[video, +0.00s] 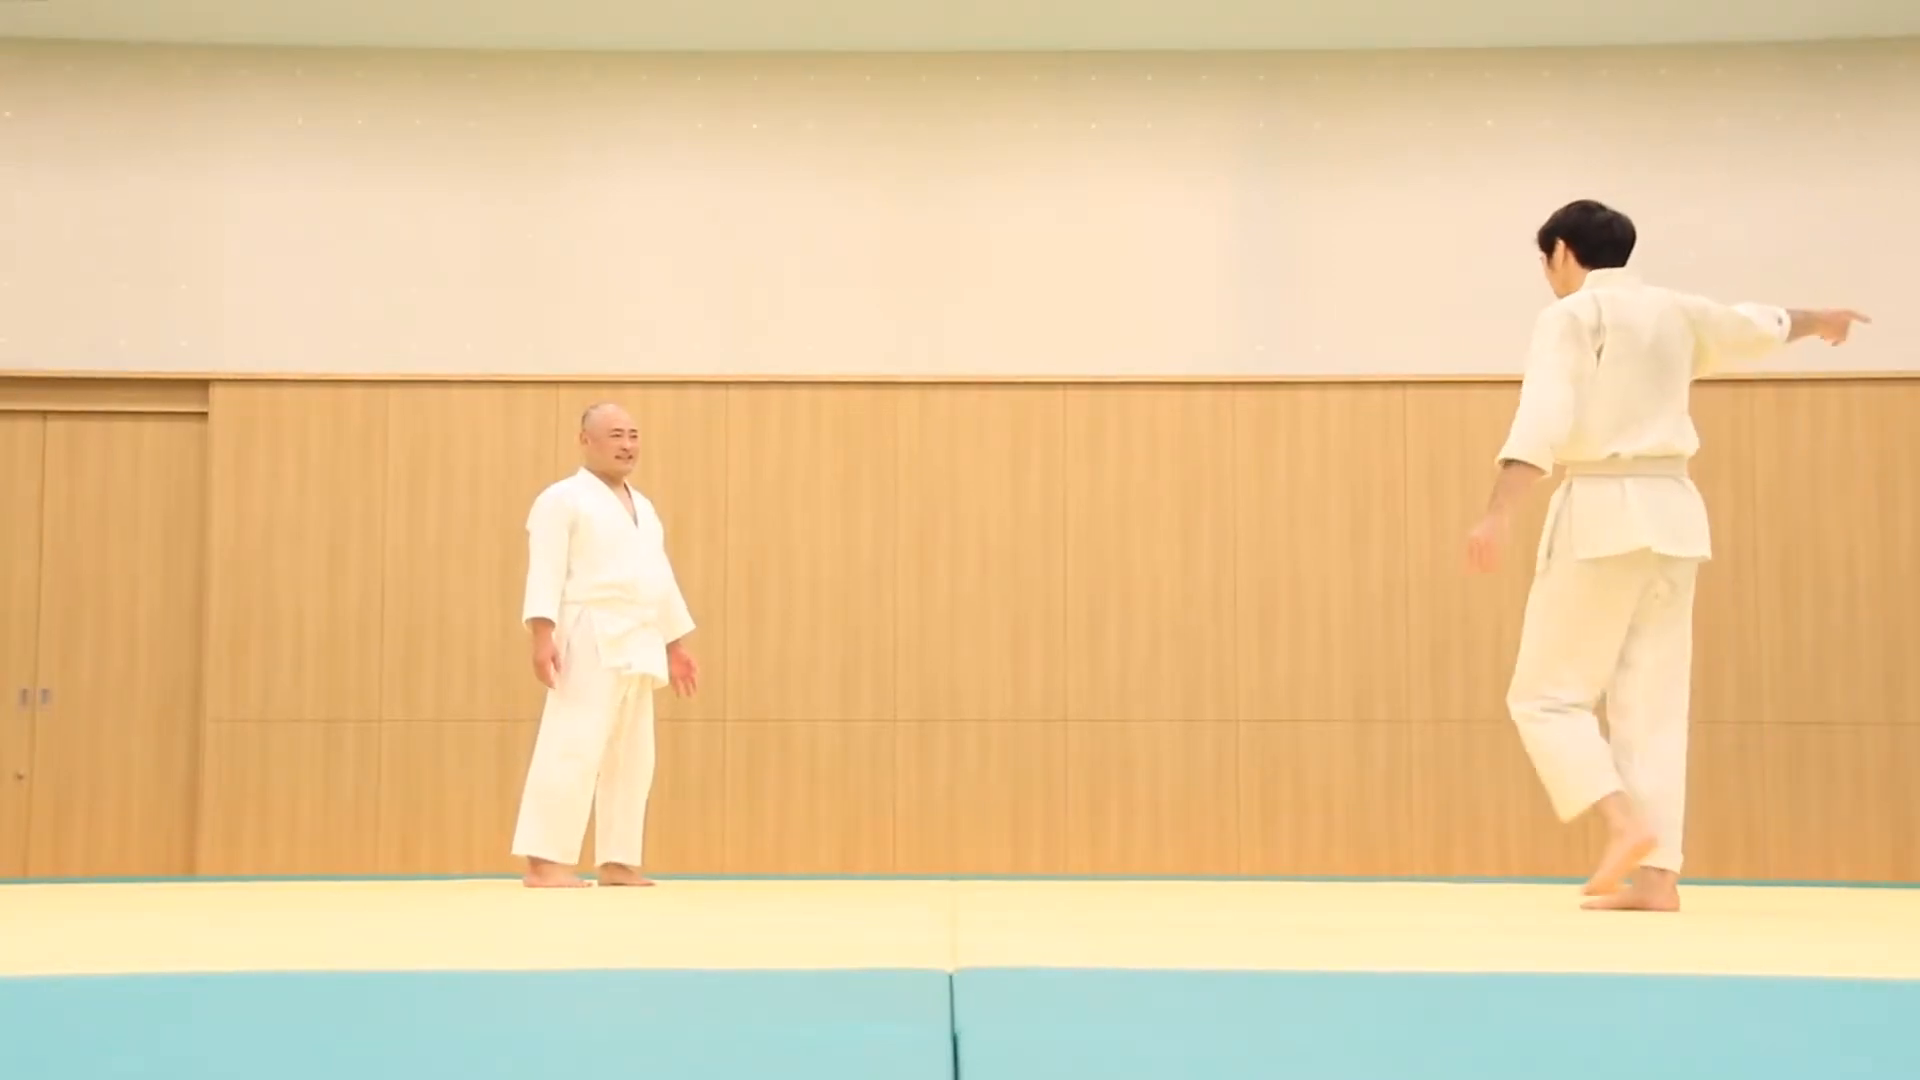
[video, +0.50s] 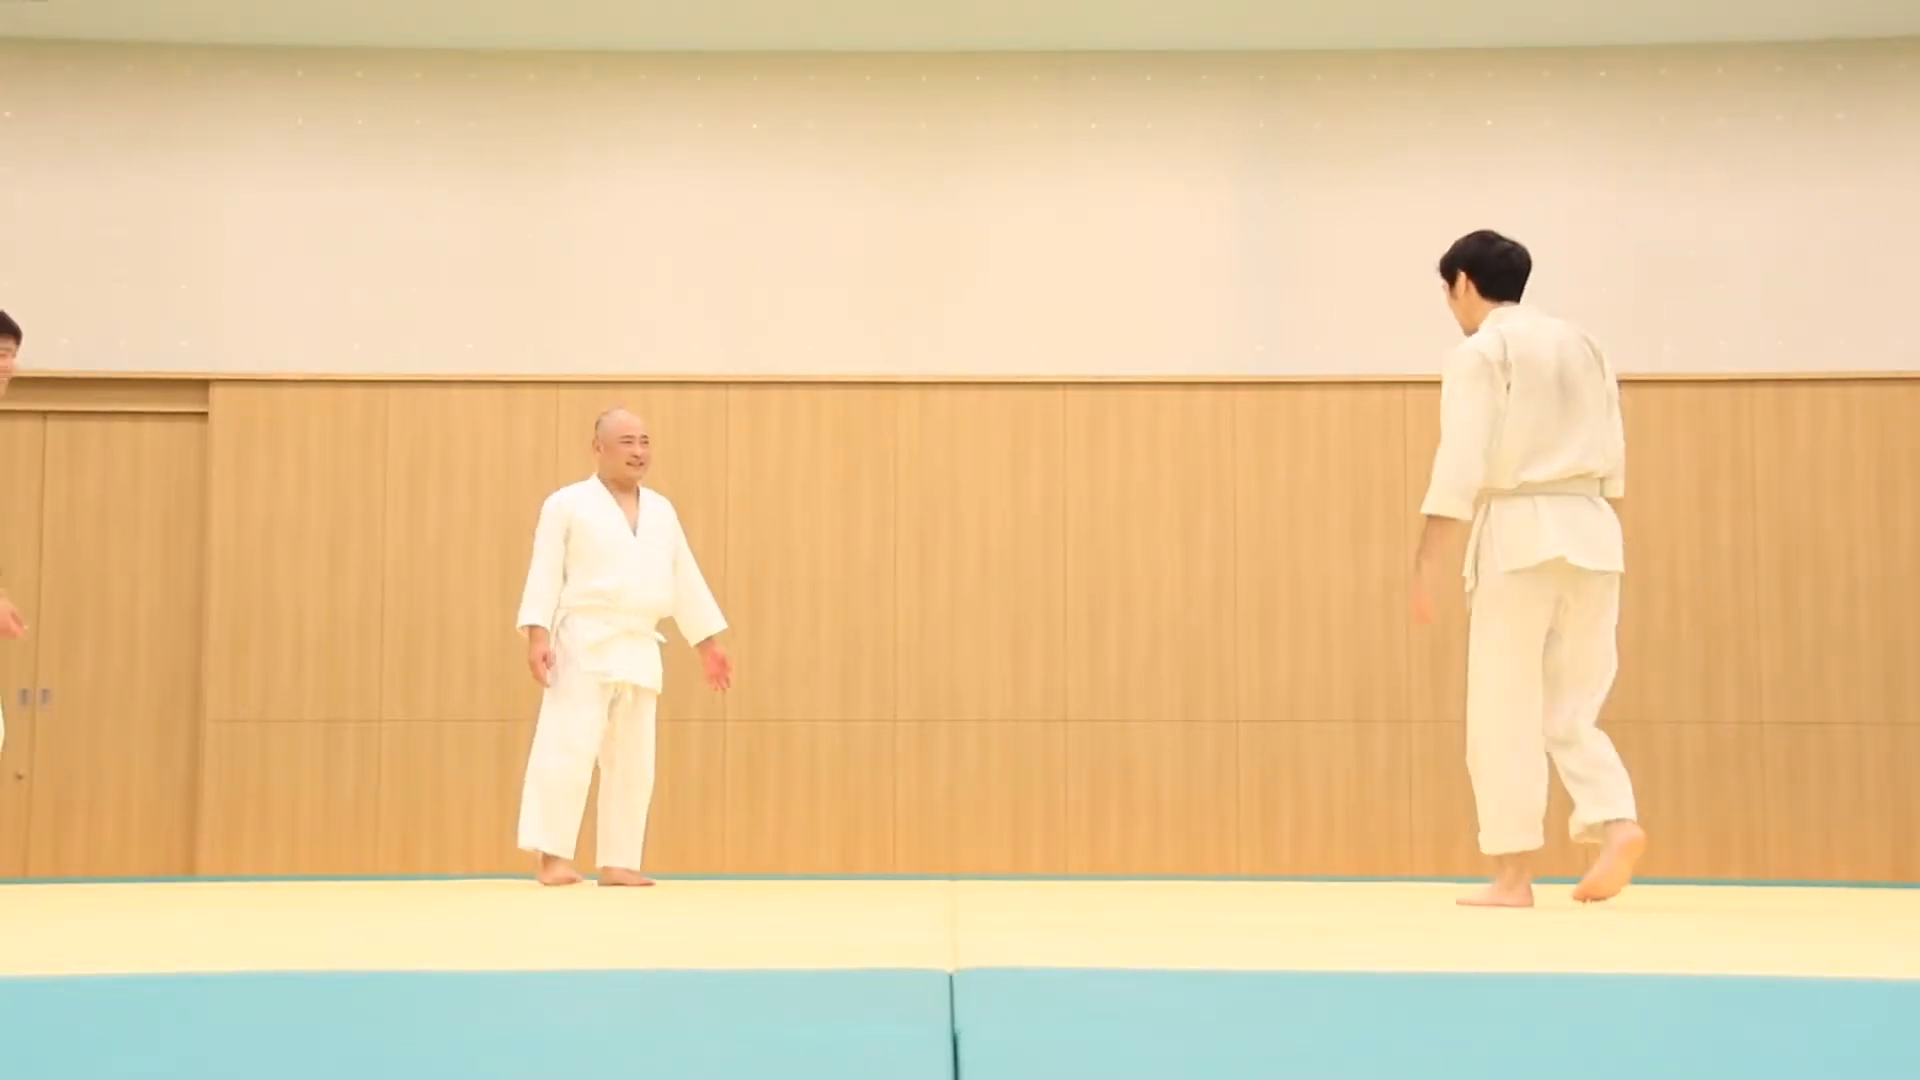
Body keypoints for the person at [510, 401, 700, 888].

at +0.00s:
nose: (627, 443)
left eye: (633, 435)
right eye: (615, 435)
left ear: (639, 443)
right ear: (585, 442)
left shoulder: (642, 507)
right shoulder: (561, 500)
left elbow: (659, 580)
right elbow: (545, 571)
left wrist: (674, 643)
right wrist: (542, 634)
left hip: (639, 648)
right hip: (586, 644)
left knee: (630, 755)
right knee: (570, 750)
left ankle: (618, 862)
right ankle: (545, 862)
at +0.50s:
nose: (639, 450)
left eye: (644, 441)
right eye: (626, 441)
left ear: (650, 449)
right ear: (598, 449)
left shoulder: (660, 509)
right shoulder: (566, 505)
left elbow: (684, 578)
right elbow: (545, 574)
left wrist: (707, 643)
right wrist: (538, 636)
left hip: (639, 648)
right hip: (580, 645)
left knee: (631, 759)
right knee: (568, 752)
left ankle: (617, 865)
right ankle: (553, 860)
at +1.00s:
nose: (618, 458)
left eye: (624, 450)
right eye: (606, 449)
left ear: (631, 459)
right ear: (580, 458)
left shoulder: (646, 517)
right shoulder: (547, 513)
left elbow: (679, 570)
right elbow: (522, 577)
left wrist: (717, 608)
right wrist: (504, 637)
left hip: (628, 649)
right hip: (565, 648)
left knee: (627, 757)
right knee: (557, 755)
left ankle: (618, 863)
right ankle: (558, 860)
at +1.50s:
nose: (597, 473)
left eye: (606, 463)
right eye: (586, 463)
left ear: (616, 468)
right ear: (564, 466)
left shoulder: (624, 513)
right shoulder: (531, 517)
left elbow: (649, 502)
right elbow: (505, 583)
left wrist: (600, 488)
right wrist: (487, 649)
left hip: (613, 646)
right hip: (555, 646)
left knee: (619, 753)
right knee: (555, 753)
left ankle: (614, 859)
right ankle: (562, 862)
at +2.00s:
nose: (604, 477)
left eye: (612, 468)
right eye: (593, 468)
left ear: (621, 472)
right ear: (570, 471)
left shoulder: (633, 519)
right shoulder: (541, 520)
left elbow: (673, 523)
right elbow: (521, 586)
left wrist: (627, 503)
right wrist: (511, 644)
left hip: (622, 650)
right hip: (565, 651)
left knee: (619, 757)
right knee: (562, 755)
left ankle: (609, 862)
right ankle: (563, 863)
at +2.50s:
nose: (597, 473)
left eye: (605, 463)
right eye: (585, 465)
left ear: (618, 466)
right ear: (569, 471)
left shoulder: (641, 519)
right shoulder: (545, 517)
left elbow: (672, 579)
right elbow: (520, 580)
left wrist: (701, 637)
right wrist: (502, 642)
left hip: (609, 653)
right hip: (550, 650)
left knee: (609, 761)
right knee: (536, 753)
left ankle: (609, 864)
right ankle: (535, 855)